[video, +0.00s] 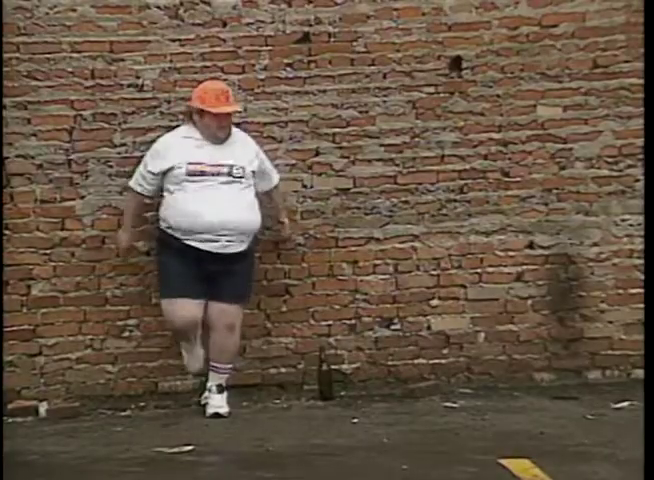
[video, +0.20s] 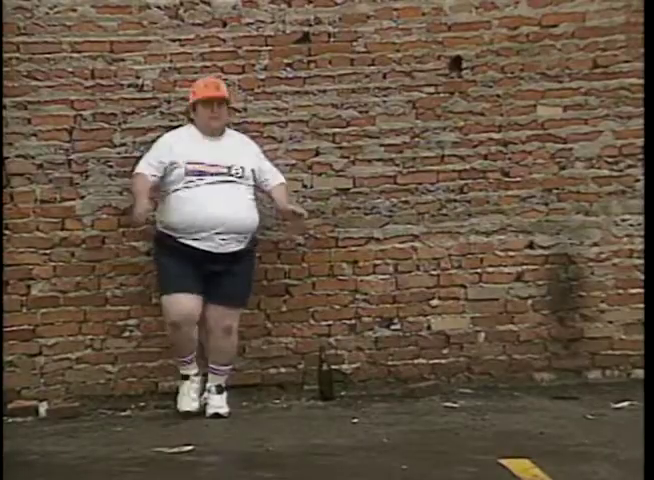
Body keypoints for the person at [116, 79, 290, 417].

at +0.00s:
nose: (224, 121)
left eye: (228, 114)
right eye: (216, 115)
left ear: (234, 113)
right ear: (196, 114)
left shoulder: (245, 146)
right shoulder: (170, 146)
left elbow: (269, 186)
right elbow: (138, 189)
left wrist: (282, 220)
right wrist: (127, 230)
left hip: (234, 250)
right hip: (181, 245)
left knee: (225, 321)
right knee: (183, 318)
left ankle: (217, 388)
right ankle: (190, 339)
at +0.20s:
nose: (214, 111)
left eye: (220, 105)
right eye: (207, 105)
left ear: (229, 109)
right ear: (194, 108)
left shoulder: (244, 146)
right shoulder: (173, 142)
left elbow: (272, 179)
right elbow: (143, 173)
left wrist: (283, 204)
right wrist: (142, 203)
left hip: (234, 252)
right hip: (180, 247)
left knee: (225, 324)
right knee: (181, 314)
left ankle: (217, 388)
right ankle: (189, 377)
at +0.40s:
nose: (202, 95)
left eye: (209, 89)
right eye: (195, 89)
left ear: (220, 92)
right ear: (184, 92)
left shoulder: (236, 123)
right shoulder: (169, 121)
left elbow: (249, 161)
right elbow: (158, 164)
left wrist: (227, 180)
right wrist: (192, 176)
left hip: (228, 234)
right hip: (178, 231)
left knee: (222, 311)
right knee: (187, 307)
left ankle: (217, 388)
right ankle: (189, 390)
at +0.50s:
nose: (198, 107)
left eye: (204, 100)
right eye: (190, 101)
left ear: (215, 97)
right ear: (178, 99)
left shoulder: (235, 126)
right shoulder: (164, 127)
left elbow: (257, 161)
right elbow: (134, 160)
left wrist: (233, 186)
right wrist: (162, 174)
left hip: (226, 236)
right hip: (175, 234)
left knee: (226, 313)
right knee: (184, 312)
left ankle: (219, 386)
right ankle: (190, 390)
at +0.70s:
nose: (195, 120)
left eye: (201, 112)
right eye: (187, 113)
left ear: (211, 110)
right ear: (175, 114)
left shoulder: (233, 145)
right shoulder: (156, 146)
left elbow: (265, 181)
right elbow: (120, 176)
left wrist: (269, 212)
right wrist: (116, 199)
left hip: (228, 245)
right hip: (172, 247)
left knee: (246, 310)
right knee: (185, 325)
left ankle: (236, 370)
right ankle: (192, 394)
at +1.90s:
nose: (178, 114)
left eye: (185, 106)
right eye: (170, 108)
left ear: (199, 108)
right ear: (161, 113)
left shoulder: (224, 138)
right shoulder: (157, 146)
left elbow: (264, 164)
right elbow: (140, 180)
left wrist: (241, 182)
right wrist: (130, 208)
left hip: (213, 256)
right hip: (157, 254)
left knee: (211, 332)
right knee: (147, 321)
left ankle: (217, 407)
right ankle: (176, 388)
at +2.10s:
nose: (163, 128)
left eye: (169, 121)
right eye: (155, 122)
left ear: (182, 111)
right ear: (145, 117)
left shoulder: (207, 136)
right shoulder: (140, 145)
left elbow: (226, 180)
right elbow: (124, 192)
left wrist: (187, 185)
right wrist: (87, 193)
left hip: (219, 245)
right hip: (166, 247)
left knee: (218, 324)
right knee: (165, 319)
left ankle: (219, 406)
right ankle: (170, 403)